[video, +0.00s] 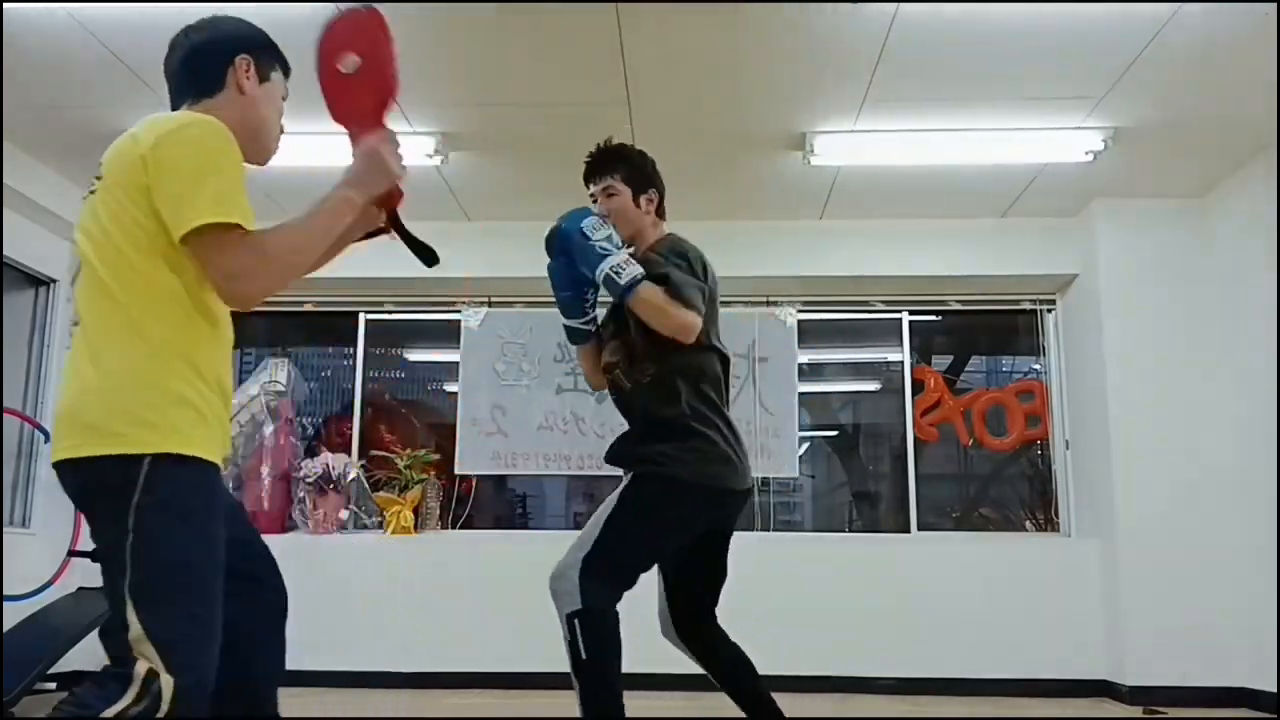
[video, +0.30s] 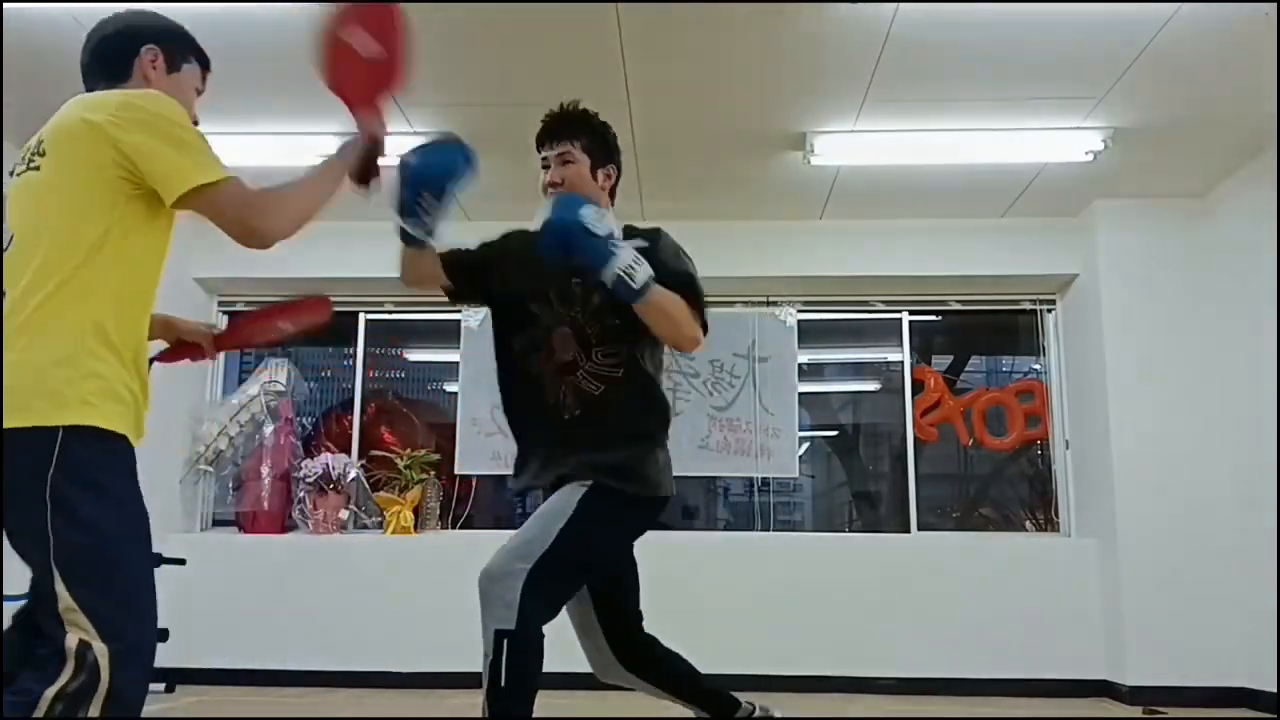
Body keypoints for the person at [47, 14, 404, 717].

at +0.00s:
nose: (284, 123)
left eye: (286, 106)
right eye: (283, 99)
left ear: (213, 81)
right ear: (244, 76)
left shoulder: (150, 152)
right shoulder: (188, 136)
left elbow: (238, 284)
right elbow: (239, 273)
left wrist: (345, 228)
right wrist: (353, 191)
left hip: (153, 441)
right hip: (149, 444)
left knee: (256, 601)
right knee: (169, 672)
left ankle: (245, 714)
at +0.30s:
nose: (197, 111)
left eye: (201, 96)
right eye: (195, 90)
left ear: (119, 73)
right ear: (150, 64)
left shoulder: (55, 142)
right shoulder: (131, 111)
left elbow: (42, 295)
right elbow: (261, 221)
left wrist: (163, 327)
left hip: (28, 405)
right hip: (65, 411)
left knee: (65, 613)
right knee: (111, 638)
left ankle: (14, 699)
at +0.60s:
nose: (151, 149)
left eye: (153, 134)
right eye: (147, 130)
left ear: (67, 113)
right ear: (104, 109)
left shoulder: (7, 152)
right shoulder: (125, 169)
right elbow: (120, 291)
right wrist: (134, 433)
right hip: (49, 416)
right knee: (101, 622)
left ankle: (22, 697)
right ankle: (28, 705)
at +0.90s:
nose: (192, 103)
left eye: (196, 87)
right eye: (187, 80)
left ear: (133, 70)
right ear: (135, 64)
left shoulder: (105, 169)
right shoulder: (96, 122)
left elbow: (196, 254)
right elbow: (42, 244)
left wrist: (223, 162)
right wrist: (136, 371)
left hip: (36, 425)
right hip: (24, 423)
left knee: (43, 648)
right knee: (46, 651)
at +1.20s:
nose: (280, 156)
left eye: (283, 137)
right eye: (279, 131)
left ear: (221, 115)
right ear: (238, 110)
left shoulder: (107, 176)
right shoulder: (220, 167)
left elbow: (14, 269)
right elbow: (226, 274)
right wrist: (345, 380)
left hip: (35, 419)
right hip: (91, 427)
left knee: (100, 616)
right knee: (121, 651)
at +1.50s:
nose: (359, 199)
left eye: (362, 187)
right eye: (356, 183)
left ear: (274, 177)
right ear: (321, 169)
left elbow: (141, 360)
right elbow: (463, 307)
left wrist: (187, 436)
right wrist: (441, 351)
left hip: (171, 462)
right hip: (253, 453)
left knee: (285, 638)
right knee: (213, 635)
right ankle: (102, 713)